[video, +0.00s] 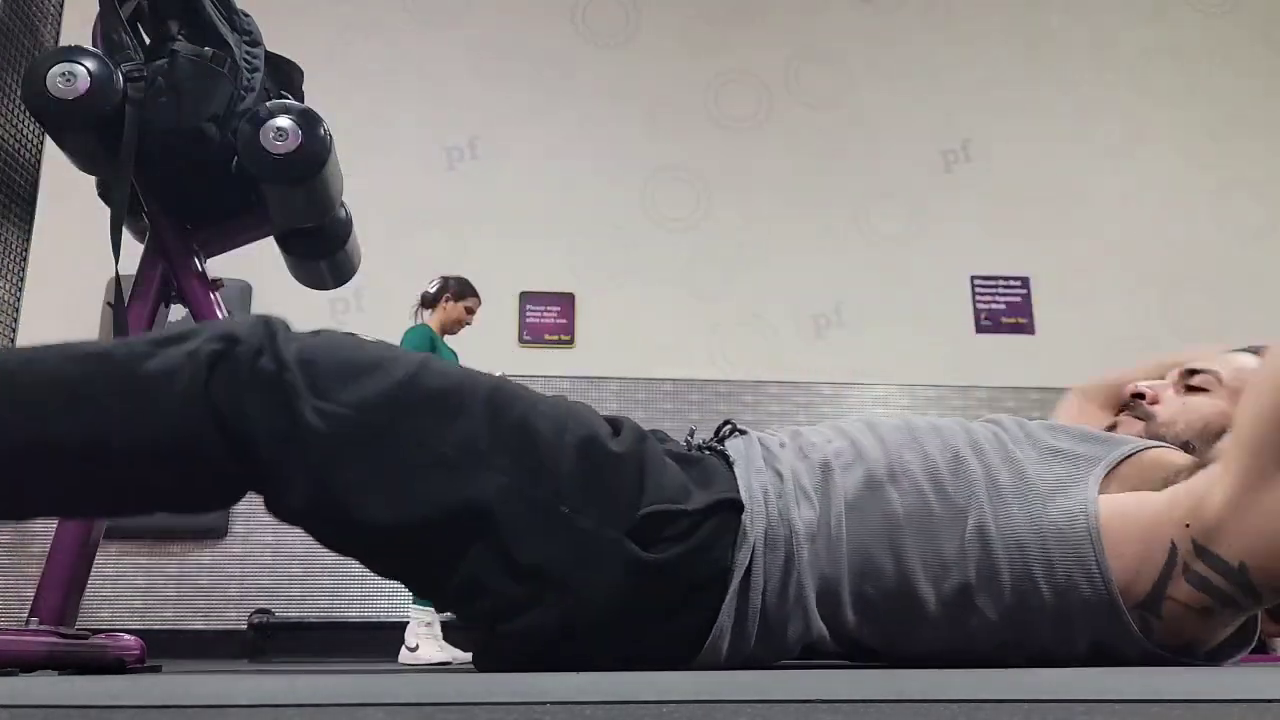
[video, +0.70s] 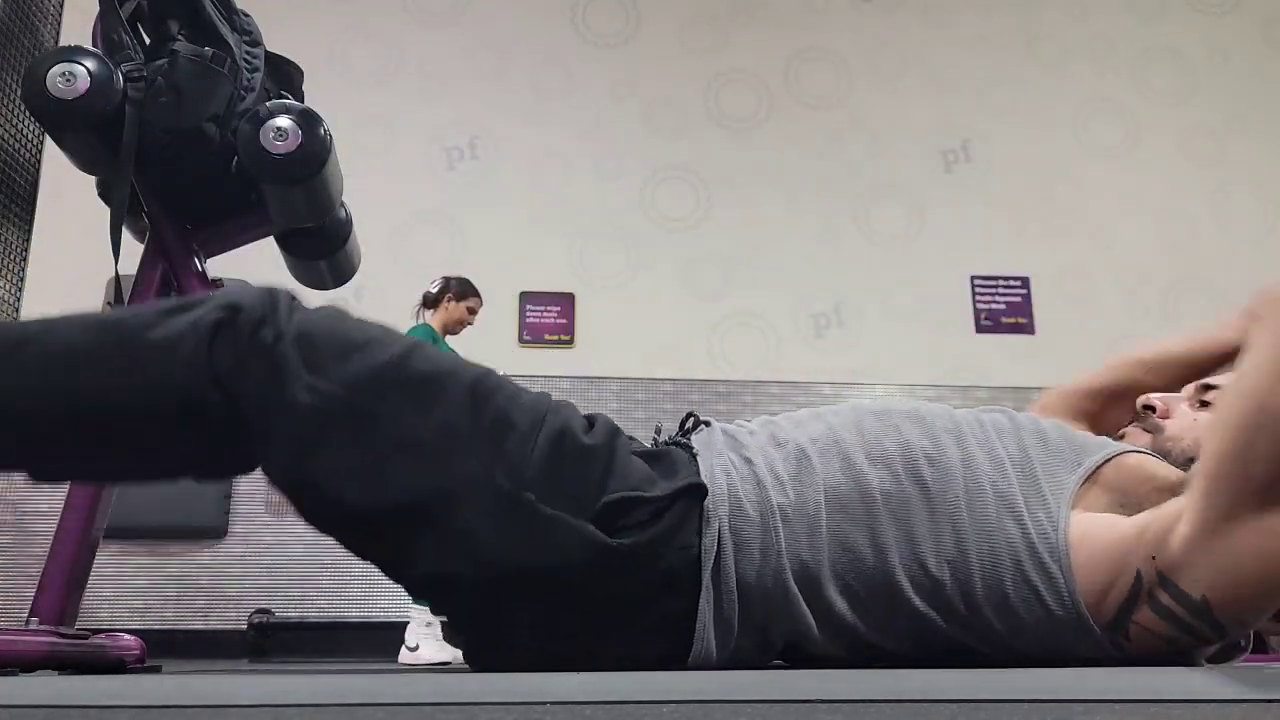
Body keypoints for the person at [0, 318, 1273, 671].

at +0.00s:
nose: (1189, 388)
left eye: (1217, 402)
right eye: (1191, 377)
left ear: (1245, 455)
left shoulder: (1193, 569)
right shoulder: (1099, 483)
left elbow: (1266, 398)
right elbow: (1092, 395)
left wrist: (1241, 391)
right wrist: (1195, 390)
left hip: (690, 538)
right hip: (677, 510)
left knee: (247, 378)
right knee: (250, 387)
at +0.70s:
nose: (1196, 406)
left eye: (1228, 410)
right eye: (1210, 399)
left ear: (1246, 470)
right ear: (1183, 428)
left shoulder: (1186, 570)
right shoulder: (1109, 483)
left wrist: (1195, 386)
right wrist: (1193, 380)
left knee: (257, 344)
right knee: (277, 338)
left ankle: (8, 380)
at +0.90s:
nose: (1176, 348)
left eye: (1213, 360)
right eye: (1194, 342)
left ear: (1252, 439)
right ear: (1161, 396)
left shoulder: (1206, 530)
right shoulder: (1068, 478)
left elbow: (1074, 254)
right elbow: (906, 395)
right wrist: (930, 202)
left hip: (656, 565)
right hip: (643, 508)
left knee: (350, 275)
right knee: (368, 287)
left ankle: (20, 267)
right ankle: (224, 202)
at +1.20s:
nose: (932, 263)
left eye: (960, 237)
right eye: (933, 241)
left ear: (1068, 247)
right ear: (983, 260)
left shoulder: (1107, 352)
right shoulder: (954, 403)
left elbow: (807, 261)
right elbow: (723, 358)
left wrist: (585, 155)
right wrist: (545, 255)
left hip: (709, 555)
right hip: (685, 532)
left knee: (398, 251)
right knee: (398, 264)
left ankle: (49, 204)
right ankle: (76, 198)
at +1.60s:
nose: (723, 137)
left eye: (741, 110)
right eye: (724, 118)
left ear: (834, 90)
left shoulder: (895, 186)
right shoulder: (806, 300)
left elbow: (587, 124)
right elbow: (596, 287)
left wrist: (380, 51)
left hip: (649, 561)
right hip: (611, 600)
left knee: (515, 208)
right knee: (509, 223)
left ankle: (180, 80)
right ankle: (212, 179)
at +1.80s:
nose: (727, 143)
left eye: (745, 117)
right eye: (728, 125)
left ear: (835, 96)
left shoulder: (899, 189)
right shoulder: (809, 297)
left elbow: (596, 120)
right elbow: (611, 287)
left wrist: (389, 43)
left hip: (653, 565)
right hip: (613, 597)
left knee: (528, 204)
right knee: (511, 229)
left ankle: (195, 78)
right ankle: (208, 183)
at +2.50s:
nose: (1195, 391)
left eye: (1222, 402)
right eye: (1202, 384)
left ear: (1251, 453)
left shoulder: (1203, 571)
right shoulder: (1125, 488)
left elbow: (1278, 375)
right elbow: (1070, 410)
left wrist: (1224, 418)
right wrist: (1160, 411)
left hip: (687, 544)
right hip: (684, 493)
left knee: (259, 387)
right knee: (269, 388)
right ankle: (17, 452)